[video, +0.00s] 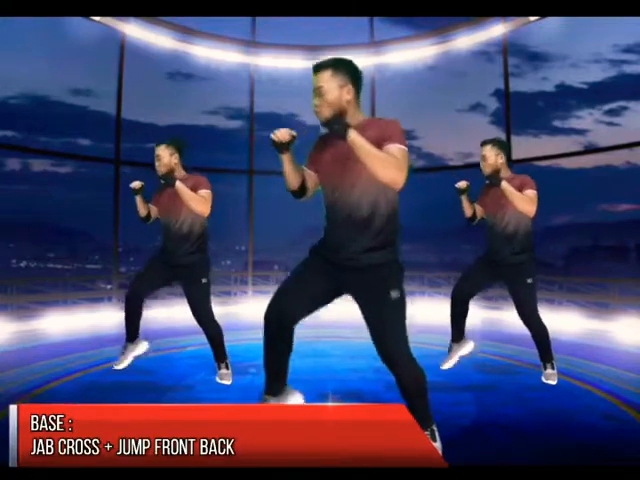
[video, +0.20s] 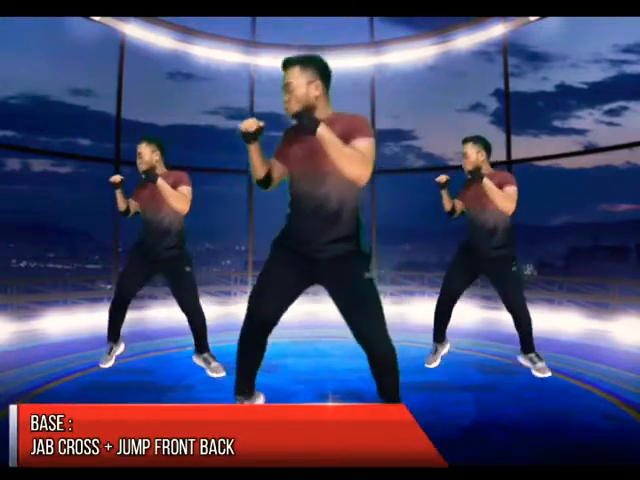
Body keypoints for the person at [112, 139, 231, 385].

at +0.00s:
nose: (156, 163)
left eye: (160, 158)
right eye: (156, 159)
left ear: (175, 158)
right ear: (162, 162)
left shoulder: (197, 181)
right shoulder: (164, 191)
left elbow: (204, 209)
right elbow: (148, 216)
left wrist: (177, 183)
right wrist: (138, 195)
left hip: (194, 261)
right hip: (167, 259)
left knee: (203, 315)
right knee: (134, 294)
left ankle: (223, 364)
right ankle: (132, 342)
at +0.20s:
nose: (138, 159)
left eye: (142, 154)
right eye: (137, 155)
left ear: (157, 155)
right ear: (141, 159)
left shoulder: (179, 178)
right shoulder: (144, 188)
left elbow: (183, 206)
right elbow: (126, 209)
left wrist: (157, 179)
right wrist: (118, 189)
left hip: (174, 254)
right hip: (145, 253)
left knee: (191, 306)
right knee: (121, 297)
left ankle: (203, 353)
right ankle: (113, 343)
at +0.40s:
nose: (135, 164)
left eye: (139, 159)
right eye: (134, 160)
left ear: (153, 160)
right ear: (136, 164)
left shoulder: (174, 185)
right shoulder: (136, 193)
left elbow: (179, 216)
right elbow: (119, 213)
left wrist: (155, 188)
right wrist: (112, 192)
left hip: (167, 260)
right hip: (138, 260)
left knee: (189, 309)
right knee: (116, 301)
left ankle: (194, 353)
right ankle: (114, 346)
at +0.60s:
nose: (148, 157)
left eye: (152, 153)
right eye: (146, 154)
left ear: (166, 154)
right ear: (147, 159)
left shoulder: (184, 175)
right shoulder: (150, 184)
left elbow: (189, 201)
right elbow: (135, 209)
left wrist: (163, 179)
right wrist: (127, 185)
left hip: (184, 252)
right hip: (159, 253)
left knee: (199, 308)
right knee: (131, 294)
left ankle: (221, 361)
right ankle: (131, 348)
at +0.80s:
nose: (158, 169)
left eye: (162, 163)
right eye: (157, 164)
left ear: (176, 164)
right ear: (164, 167)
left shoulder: (197, 186)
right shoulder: (164, 194)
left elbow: (198, 218)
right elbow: (153, 225)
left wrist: (168, 199)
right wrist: (138, 207)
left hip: (198, 264)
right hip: (170, 264)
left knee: (210, 318)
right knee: (141, 304)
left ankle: (223, 366)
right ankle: (137, 355)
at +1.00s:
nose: (168, 161)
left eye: (171, 156)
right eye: (166, 157)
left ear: (186, 158)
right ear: (164, 161)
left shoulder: (203, 184)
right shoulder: (160, 188)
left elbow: (216, 208)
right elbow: (141, 207)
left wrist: (192, 184)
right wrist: (130, 193)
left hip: (197, 262)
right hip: (167, 261)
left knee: (213, 316)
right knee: (141, 305)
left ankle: (223, 365)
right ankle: (137, 355)